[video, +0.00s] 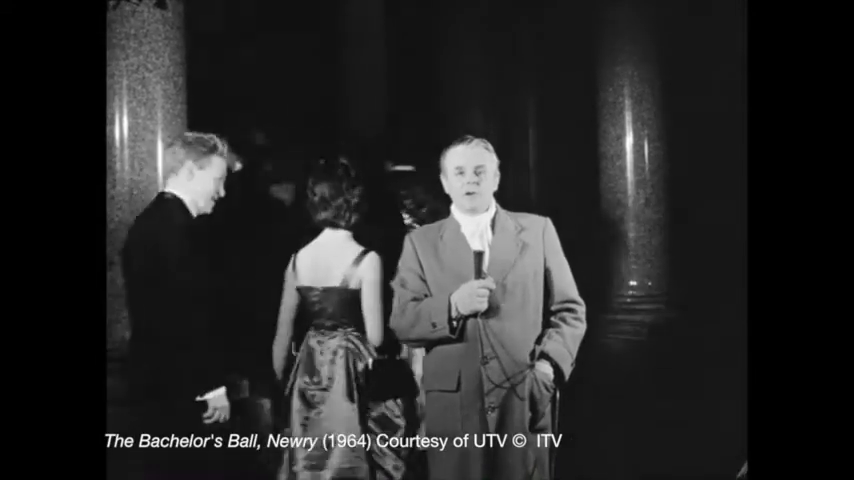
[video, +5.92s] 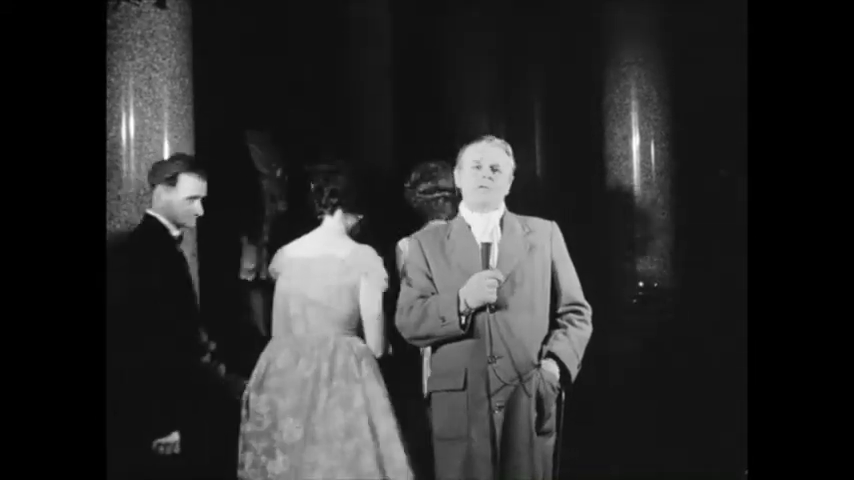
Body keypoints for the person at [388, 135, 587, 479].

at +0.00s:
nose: (470, 179)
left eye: (480, 170)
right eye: (459, 172)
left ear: (497, 178)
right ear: (444, 183)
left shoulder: (537, 231)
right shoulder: (419, 242)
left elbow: (569, 309)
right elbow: (402, 320)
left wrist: (549, 364)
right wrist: (451, 306)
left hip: (522, 398)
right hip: (451, 399)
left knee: (525, 474)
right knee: (451, 474)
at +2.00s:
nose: (477, 187)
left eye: (488, 177)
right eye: (468, 176)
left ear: (508, 181)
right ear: (456, 180)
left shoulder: (547, 230)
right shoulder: (430, 241)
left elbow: (579, 309)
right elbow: (413, 319)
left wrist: (557, 365)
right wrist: (460, 310)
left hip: (530, 396)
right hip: (459, 397)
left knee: (532, 474)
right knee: (460, 474)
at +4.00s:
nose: (462, 172)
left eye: (474, 165)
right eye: (453, 164)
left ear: (493, 180)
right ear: (440, 179)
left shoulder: (532, 232)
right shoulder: (414, 245)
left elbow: (565, 310)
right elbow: (397, 322)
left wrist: (547, 362)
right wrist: (450, 305)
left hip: (520, 401)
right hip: (447, 404)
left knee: (523, 475)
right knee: (451, 474)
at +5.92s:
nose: (486, 174)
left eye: (496, 168)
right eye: (476, 166)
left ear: (511, 182)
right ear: (457, 177)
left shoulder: (544, 234)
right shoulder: (424, 244)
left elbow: (575, 312)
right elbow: (409, 320)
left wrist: (554, 363)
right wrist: (461, 301)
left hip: (528, 396)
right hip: (458, 398)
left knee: (529, 474)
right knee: (460, 474)